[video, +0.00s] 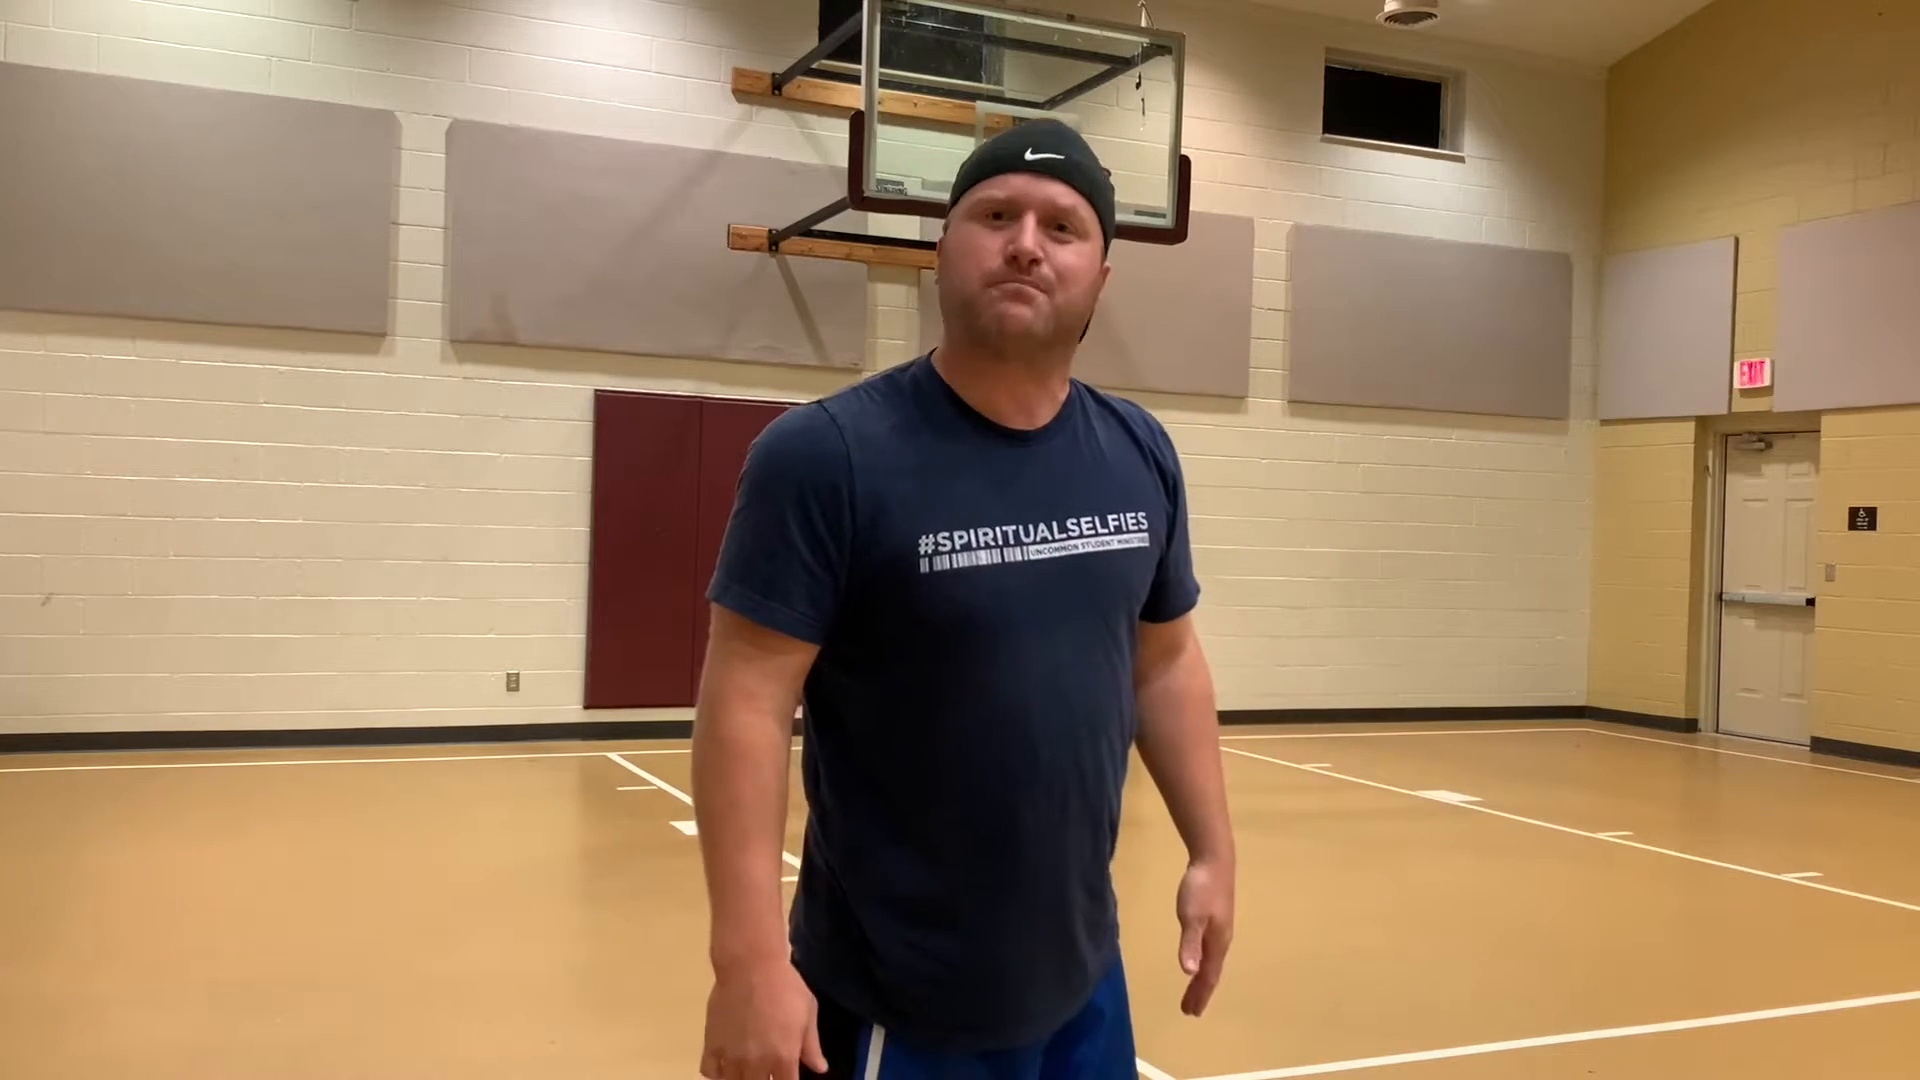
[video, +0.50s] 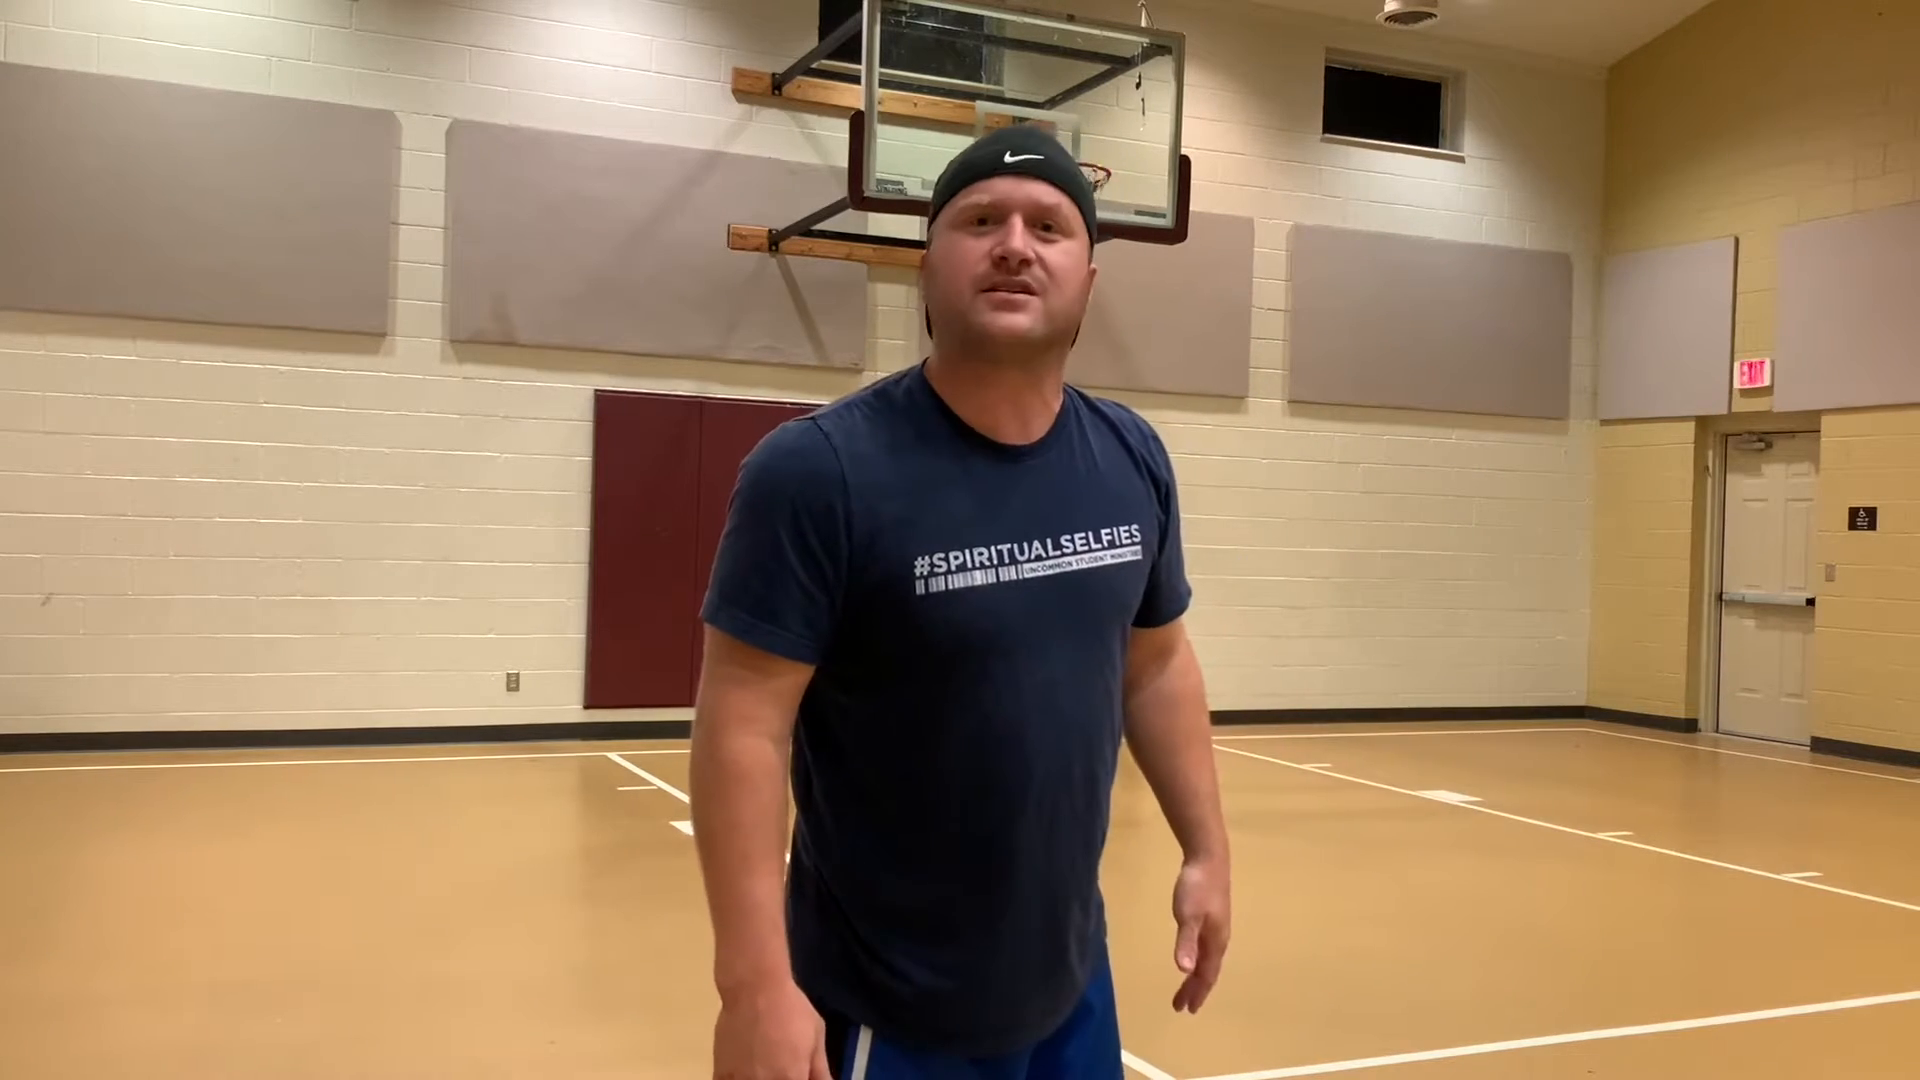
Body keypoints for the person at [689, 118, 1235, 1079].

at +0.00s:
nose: (1026, 245)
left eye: (1063, 227)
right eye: (995, 217)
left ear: (1101, 277)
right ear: (940, 254)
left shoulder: (1135, 454)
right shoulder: (824, 456)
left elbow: (1167, 662)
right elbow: (744, 699)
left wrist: (1213, 850)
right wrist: (748, 962)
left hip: (1077, 974)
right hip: (891, 998)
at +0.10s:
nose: (1023, 263)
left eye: (1060, 242)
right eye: (994, 231)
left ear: (1102, 283)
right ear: (940, 258)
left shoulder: (1132, 459)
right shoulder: (821, 463)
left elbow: (1164, 665)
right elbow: (742, 708)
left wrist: (1210, 849)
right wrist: (752, 969)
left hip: (1074, 978)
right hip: (886, 1002)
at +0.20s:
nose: (1022, 269)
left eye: (1059, 246)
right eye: (992, 236)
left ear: (1101, 287)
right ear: (938, 261)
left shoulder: (1132, 461)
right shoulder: (820, 469)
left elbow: (1161, 668)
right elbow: (742, 718)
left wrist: (1205, 851)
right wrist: (759, 977)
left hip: (1070, 980)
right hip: (881, 1005)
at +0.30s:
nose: (1019, 263)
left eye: (1055, 242)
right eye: (988, 234)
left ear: (1097, 285)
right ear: (934, 264)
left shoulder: (1130, 461)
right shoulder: (817, 472)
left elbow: (1159, 669)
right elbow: (742, 722)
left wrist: (1202, 853)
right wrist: (762, 981)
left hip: (1067, 979)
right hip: (878, 1005)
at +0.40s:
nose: (1018, 254)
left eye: (1053, 234)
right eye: (984, 227)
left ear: (1093, 284)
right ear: (928, 267)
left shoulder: (1128, 461)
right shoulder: (816, 474)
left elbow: (1158, 668)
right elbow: (740, 726)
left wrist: (1203, 851)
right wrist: (759, 987)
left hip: (1066, 979)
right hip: (879, 1006)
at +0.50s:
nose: (1016, 246)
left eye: (1050, 227)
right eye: (981, 222)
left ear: (1090, 278)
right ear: (926, 268)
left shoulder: (1126, 458)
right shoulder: (816, 473)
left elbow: (1158, 664)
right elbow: (739, 724)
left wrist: (1207, 850)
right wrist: (754, 986)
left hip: (1066, 981)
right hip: (878, 1008)